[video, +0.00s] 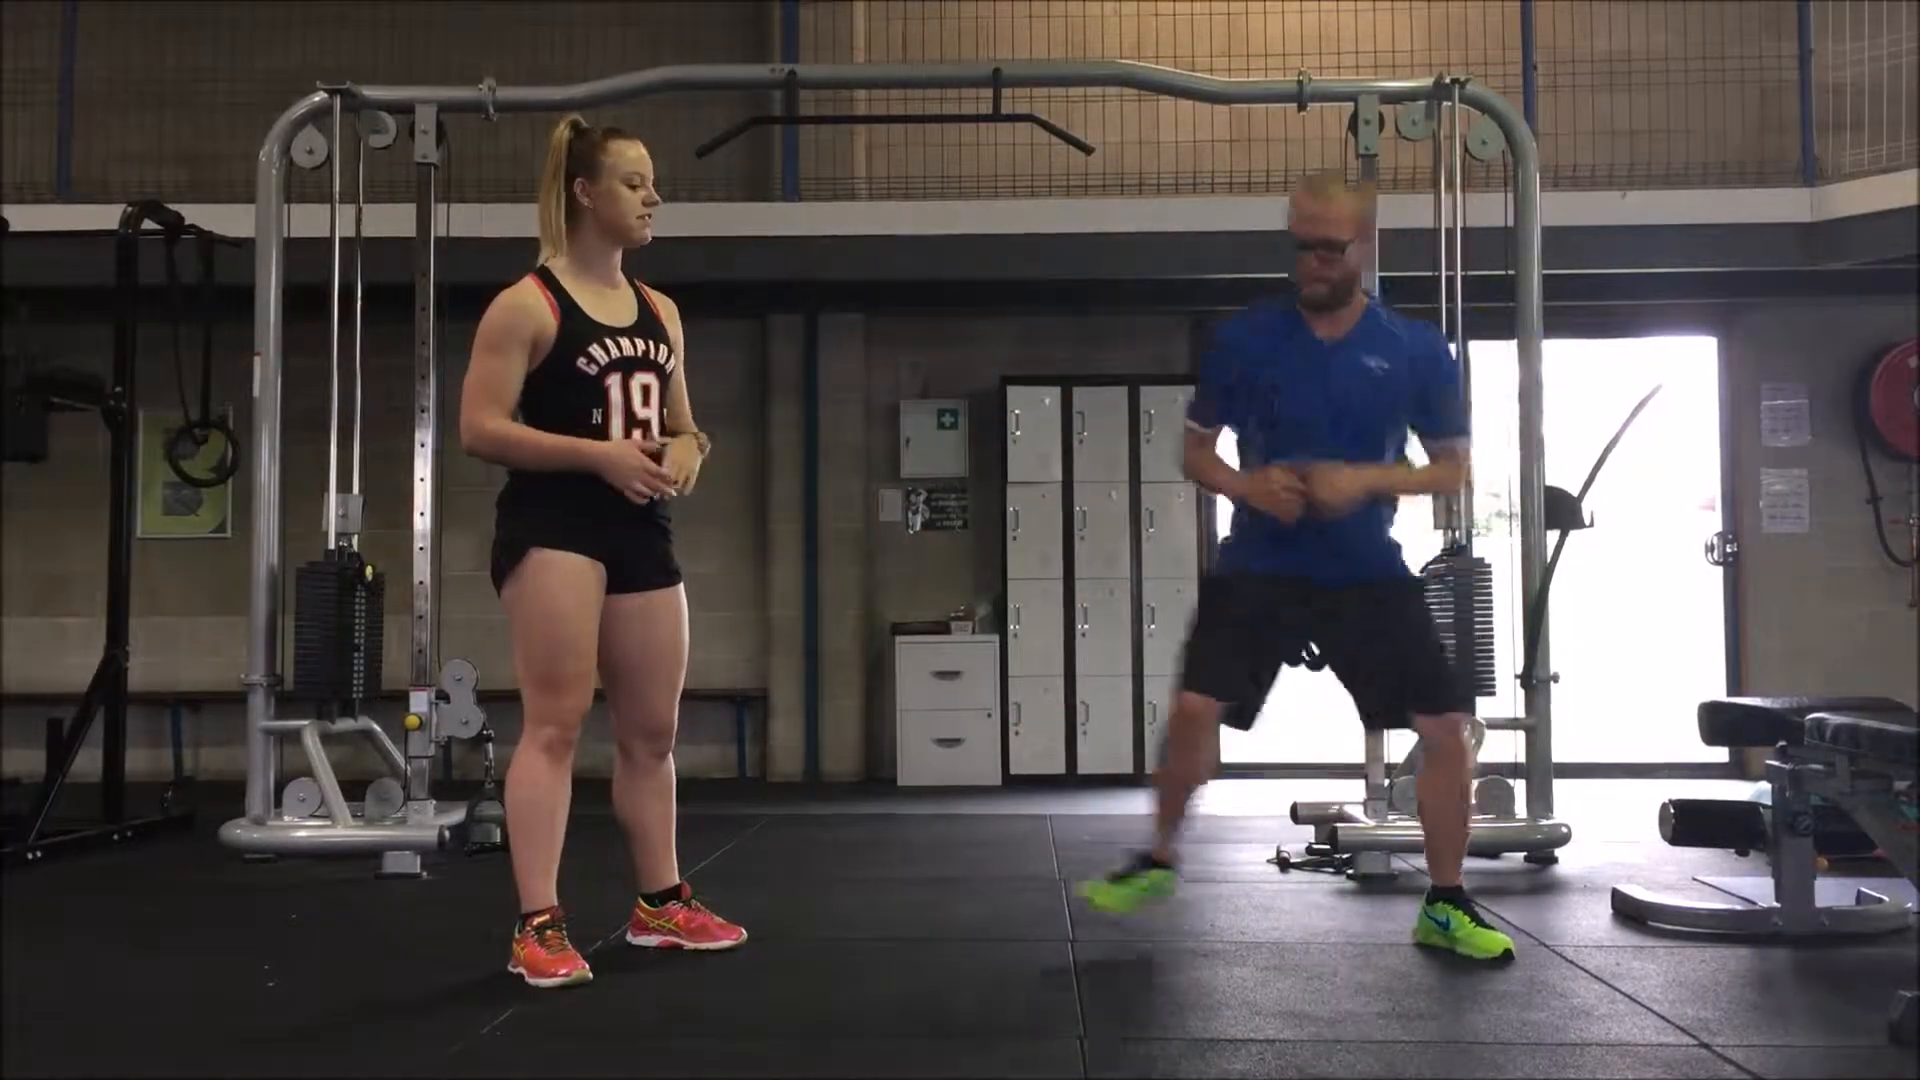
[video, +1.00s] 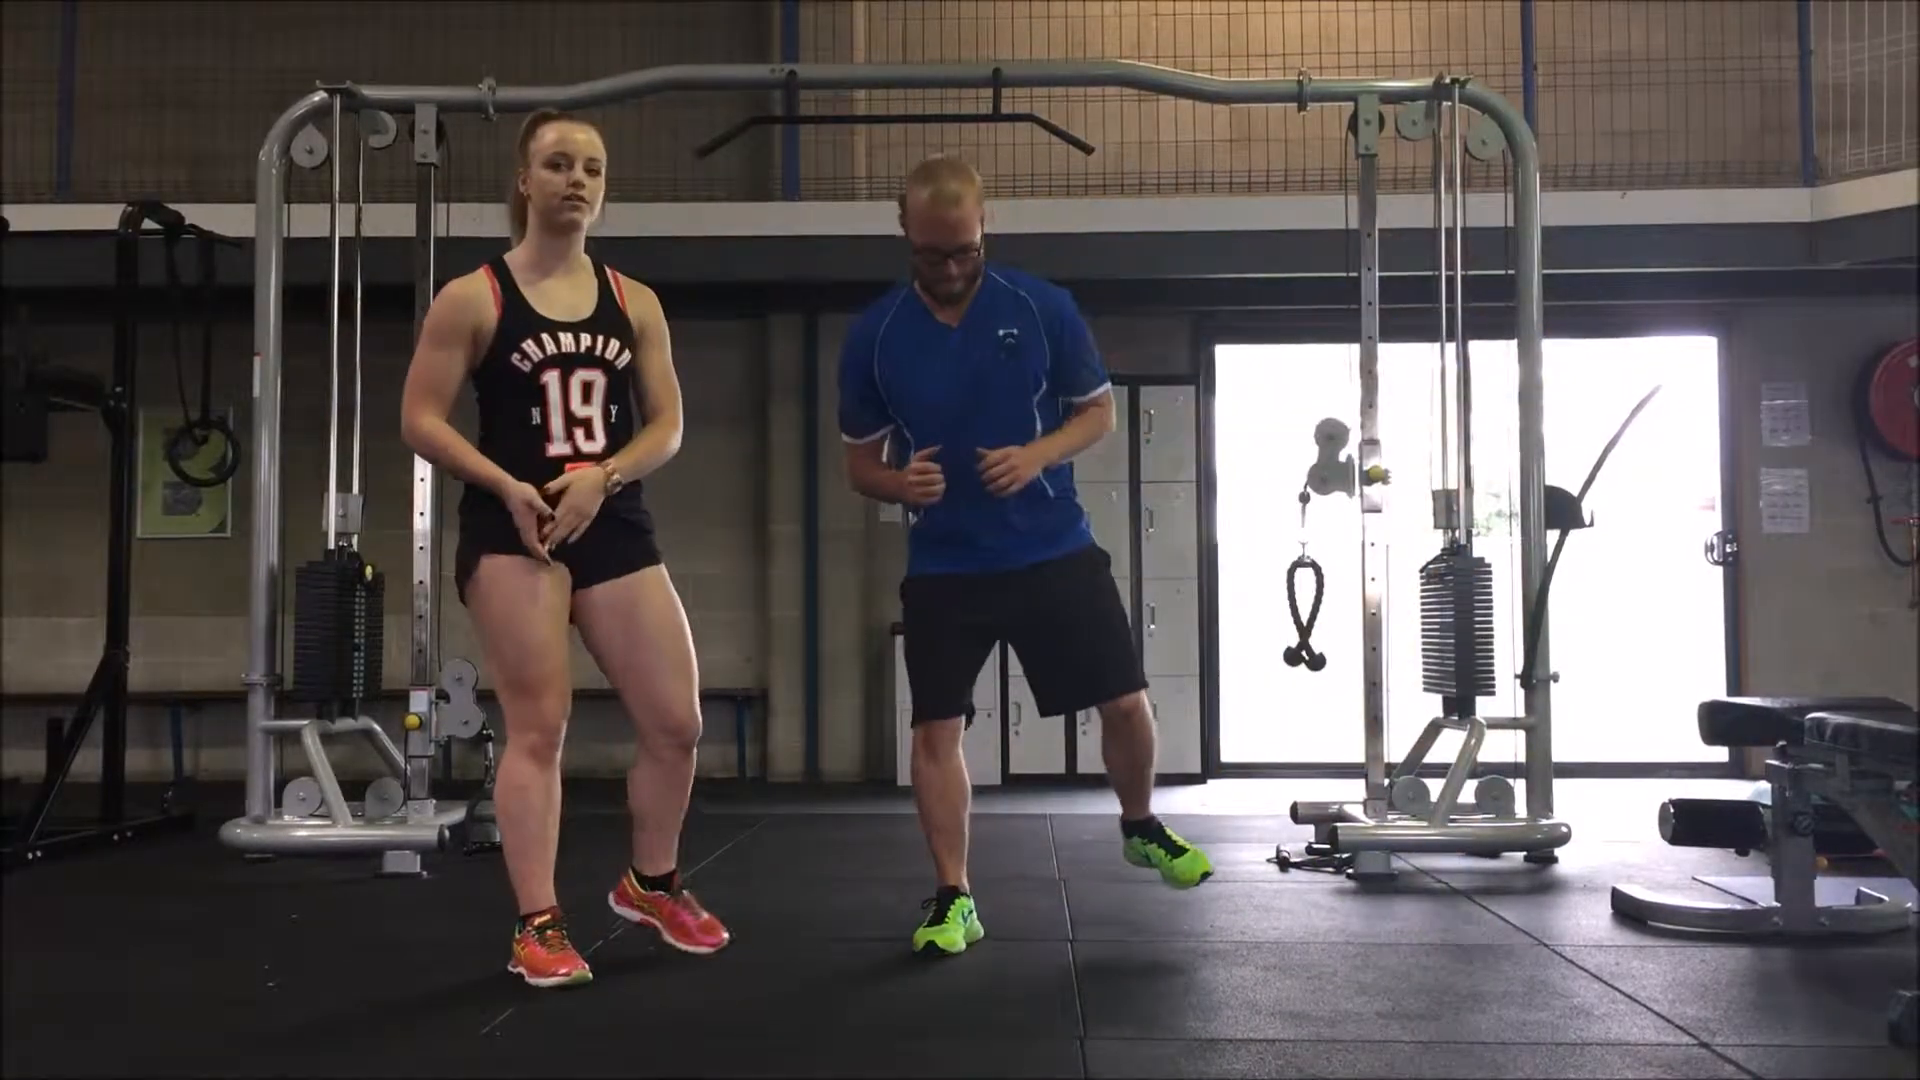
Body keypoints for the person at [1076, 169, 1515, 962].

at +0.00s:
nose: (1313, 263)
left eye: (1332, 249)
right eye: (1302, 246)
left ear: (1368, 248)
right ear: (1288, 242)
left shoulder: (1417, 350)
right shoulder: (1244, 341)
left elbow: (1453, 472)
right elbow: (1194, 452)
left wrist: (1363, 480)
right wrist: (1245, 487)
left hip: (1366, 573)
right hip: (1258, 570)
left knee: (1445, 721)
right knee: (1192, 708)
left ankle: (1447, 900)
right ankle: (1158, 861)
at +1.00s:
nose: (952, 268)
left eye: (965, 251)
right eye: (935, 254)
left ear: (986, 231)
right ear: (904, 236)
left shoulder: (1044, 311)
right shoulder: (872, 337)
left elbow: (1097, 414)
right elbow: (860, 465)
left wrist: (1035, 454)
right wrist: (897, 483)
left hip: (1053, 554)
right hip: (945, 565)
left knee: (1126, 702)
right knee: (934, 728)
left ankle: (1140, 825)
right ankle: (953, 897)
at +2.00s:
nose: (1423, 266)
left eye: (1437, 250)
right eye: (1408, 249)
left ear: (1451, 240)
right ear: (1367, 231)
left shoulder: (1482, 330)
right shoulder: (1309, 330)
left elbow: (1511, 441)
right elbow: (1270, 462)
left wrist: (1464, 453)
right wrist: (1355, 461)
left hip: (1436, 573)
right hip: (1328, 574)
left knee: (1470, 727)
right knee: (1291, 737)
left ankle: (1470, 905)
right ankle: (1271, 855)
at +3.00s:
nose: (1064, 235)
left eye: (1079, 221)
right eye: (1048, 221)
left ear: (1104, 223)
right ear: (1024, 224)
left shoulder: (1151, 324)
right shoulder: (982, 324)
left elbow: (1173, 451)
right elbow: (947, 452)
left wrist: (1088, 423)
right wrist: (1006, 437)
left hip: (1116, 570)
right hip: (1006, 572)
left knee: (1182, 726)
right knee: (974, 732)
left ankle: (1193, 826)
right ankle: (973, 898)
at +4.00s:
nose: (1063, 280)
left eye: (1074, 263)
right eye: (1045, 264)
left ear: (1088, 259)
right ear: (1004, 260)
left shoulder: (1133, 353)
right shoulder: (960, 373)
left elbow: (1172, 467)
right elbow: (936, 507)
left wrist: (1108, 478)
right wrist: (1001, 498)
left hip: (1119, 588)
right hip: (1008, 592)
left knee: (1182, 729)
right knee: (969, 742)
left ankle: (1169, 872)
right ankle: (974, 900)